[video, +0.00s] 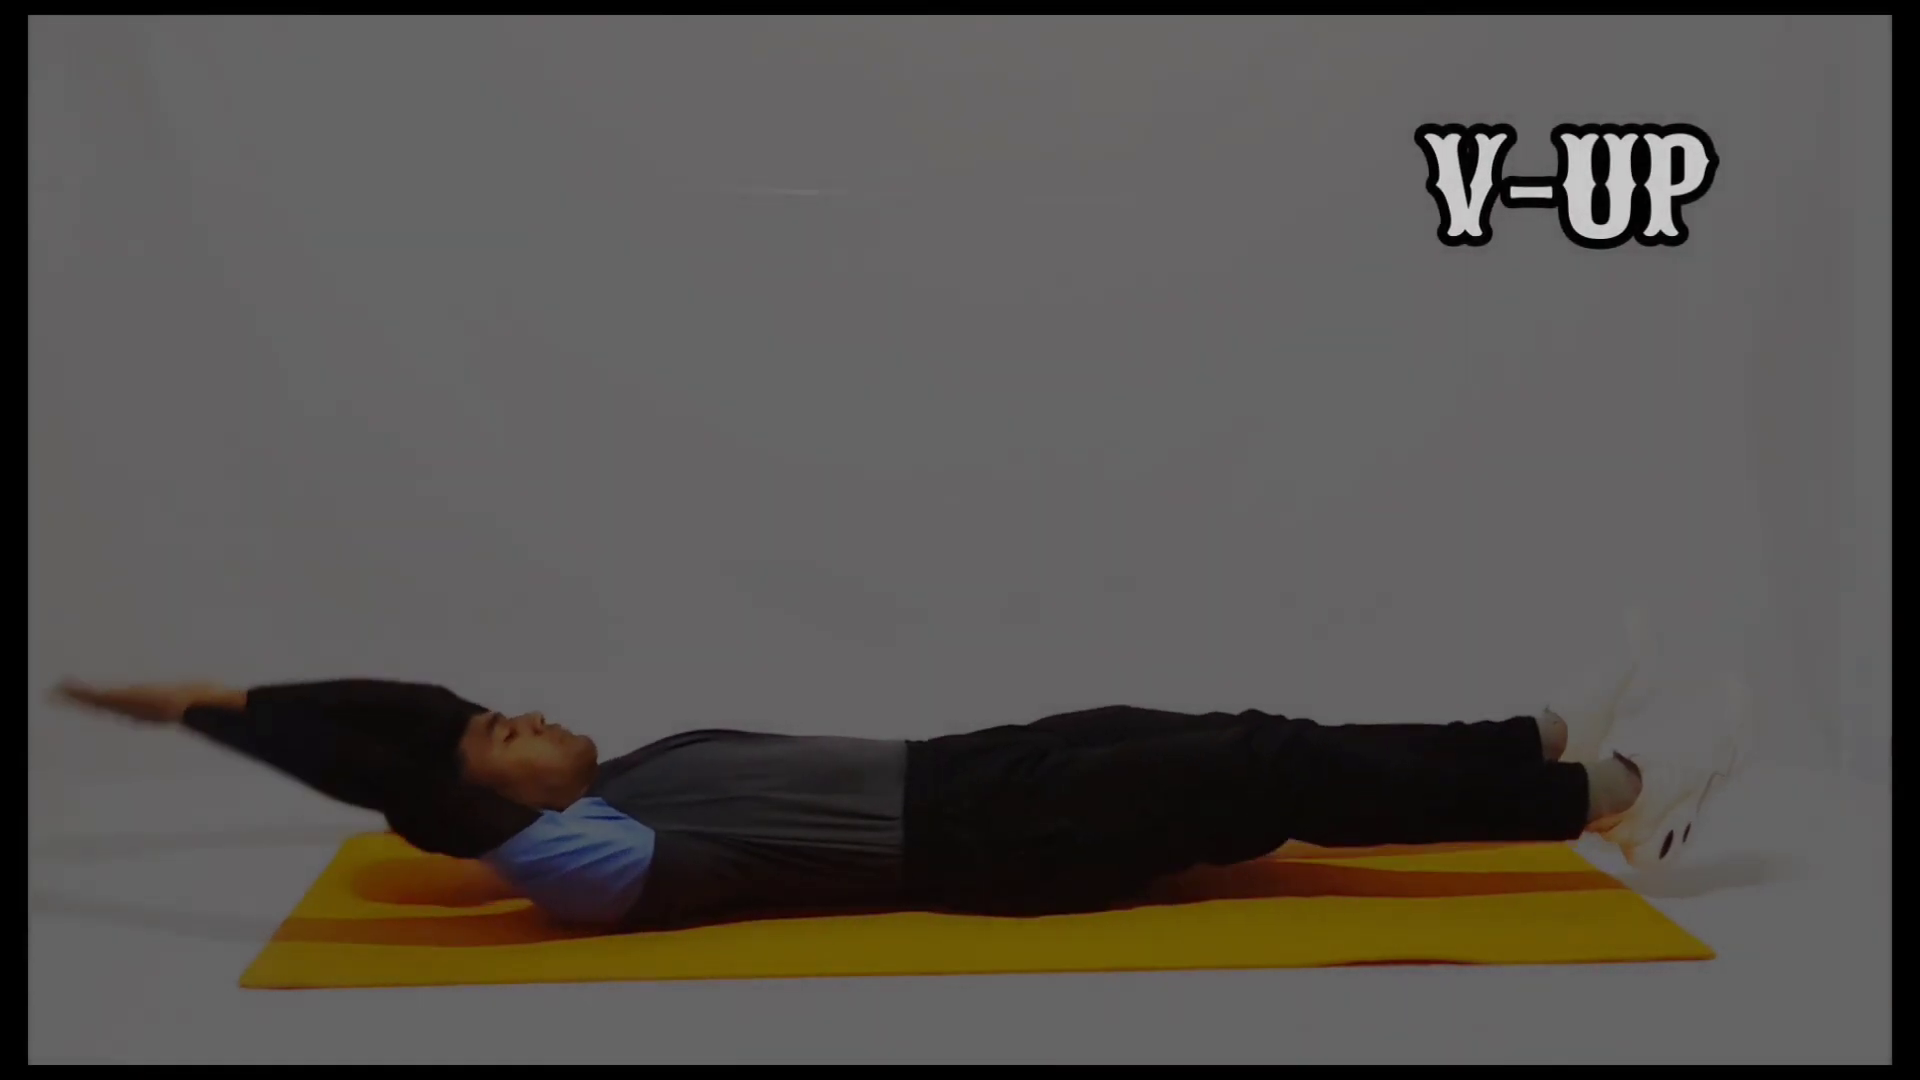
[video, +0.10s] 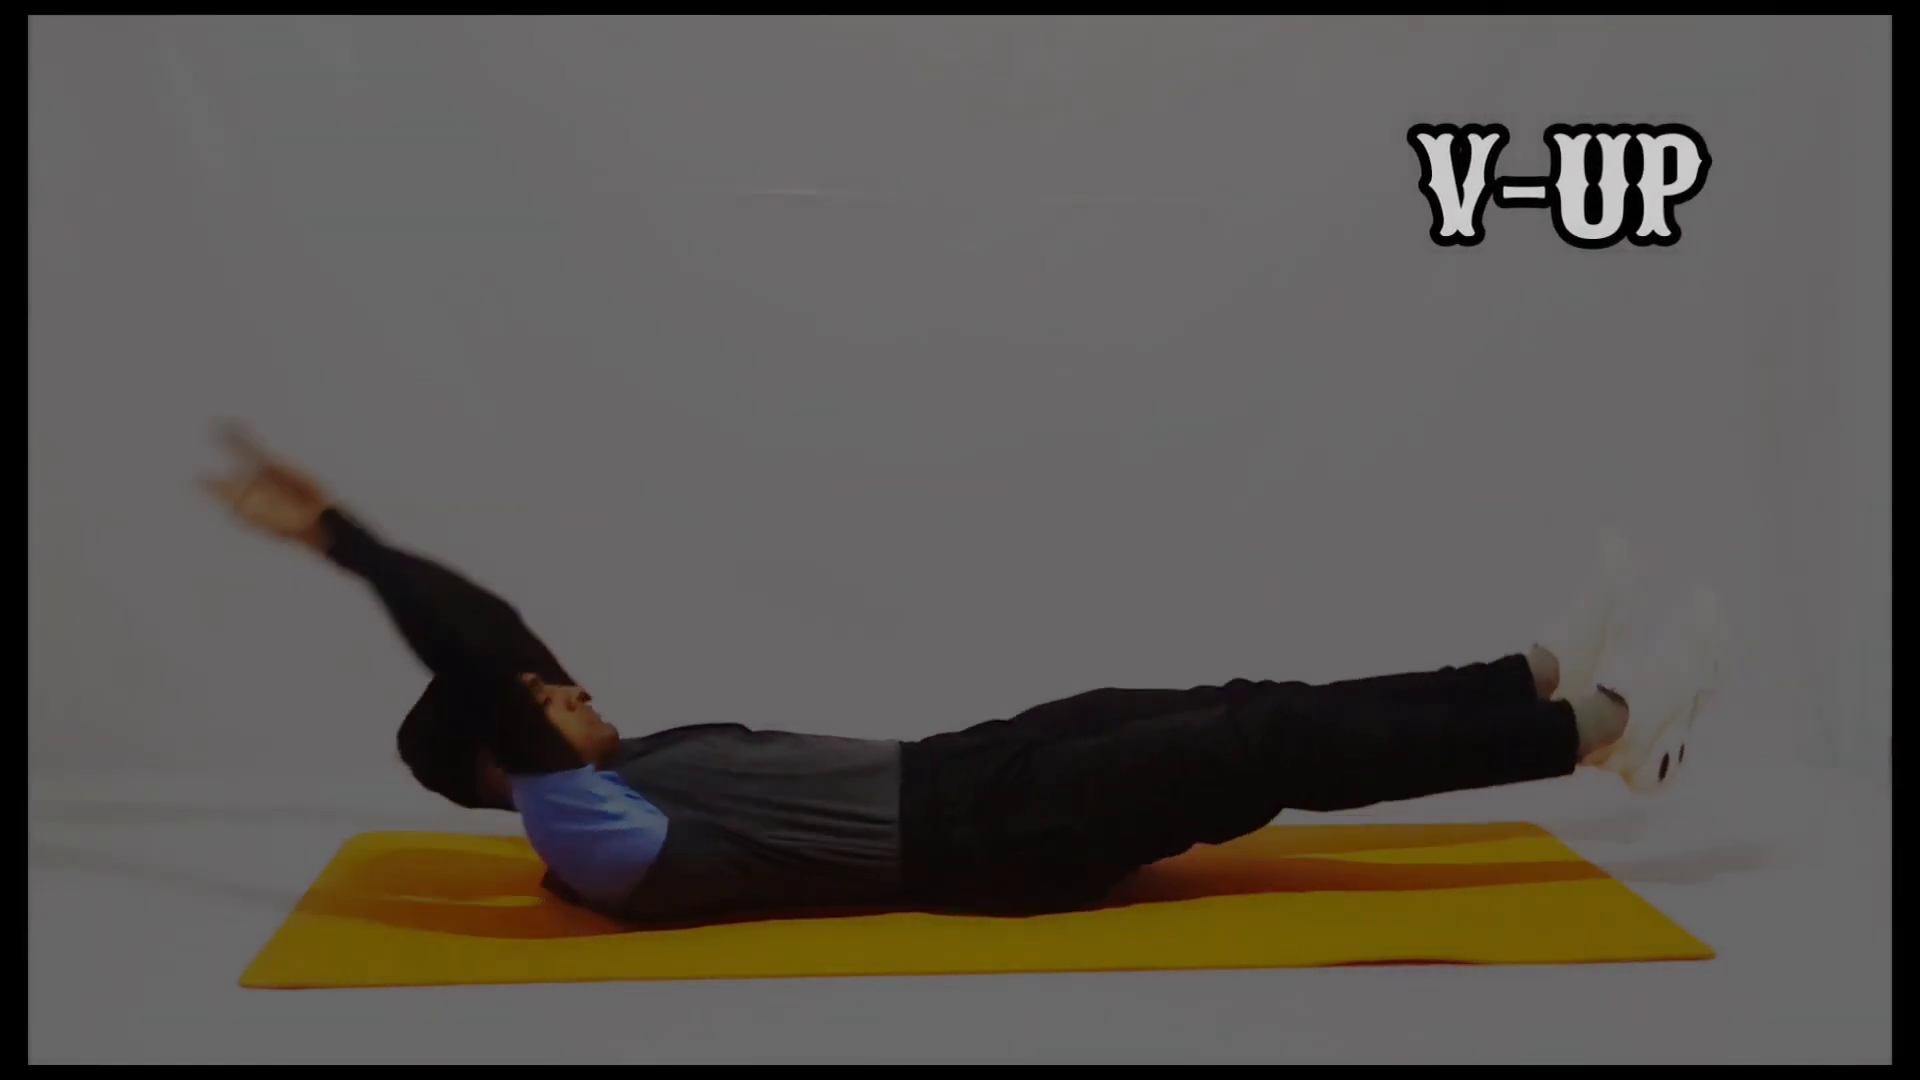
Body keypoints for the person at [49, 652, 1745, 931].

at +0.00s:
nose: (534, 741)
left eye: (515, 728)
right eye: (505, 754)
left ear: (532, 743)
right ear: (497, 811)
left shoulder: (621, 784)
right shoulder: (602, 852)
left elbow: (397, 741)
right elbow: (501, 850)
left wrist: (208, 704)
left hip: (977, 766)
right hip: (966, 829)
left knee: (1245, 737)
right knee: (1246, 773)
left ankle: (1535, 761)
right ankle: (1553, 784)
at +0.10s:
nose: (574, 686)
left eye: (556, 672)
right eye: (549, 681)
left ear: (525, 733)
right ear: (521, 738)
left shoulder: (607, 780)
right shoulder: (593, 829)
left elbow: (486, 648)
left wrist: (342, 533)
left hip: (970, 768)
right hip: (976, 820)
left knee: (1247, 722)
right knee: (1245, 743)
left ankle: (1549, 708)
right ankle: (1557, 722)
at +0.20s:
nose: (582, 664)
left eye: (566, 659)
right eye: (557, 668)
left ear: (539, 704)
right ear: (530, 711)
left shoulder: (625, 751)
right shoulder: (605, 793)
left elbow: (613, 565)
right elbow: (616, 571)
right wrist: (561, 407)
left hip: (958, 777)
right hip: (963, 828)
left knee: (1222, 678)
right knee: (1232, 716)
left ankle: (1521, 614)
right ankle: (1536, 634)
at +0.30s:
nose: (631, 622)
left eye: (615, 606)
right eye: (600, 623)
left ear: (600, 634)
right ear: (552, 683)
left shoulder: (652, 715)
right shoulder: (637, 743)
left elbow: (720, 544)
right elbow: (727, 555)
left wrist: (738, 370)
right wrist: (770, 365)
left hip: (963, 787)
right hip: (962, 831)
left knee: (1207, 639)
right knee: (1217, 663)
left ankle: (1489, 522)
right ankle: (1517, 541)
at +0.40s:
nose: (688, 561)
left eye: (673, 542)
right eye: (659, 560)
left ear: (671, 567)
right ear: (614, 613)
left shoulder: (699, 656)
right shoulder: (682, 689)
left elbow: (810, 511)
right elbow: (829, 523)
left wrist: (893, 352)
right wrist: (934, 352)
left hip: (960, 783)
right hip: (968, 842)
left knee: (1179, 589)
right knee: (1198, 616)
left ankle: (1417, 421)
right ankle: (1450, 437)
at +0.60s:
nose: (814, 471)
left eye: (793, 454)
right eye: (786, 467)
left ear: (748, 523)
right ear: (744, 522)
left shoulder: (776, 579)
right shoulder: (793, 591)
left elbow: (939, 442)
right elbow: (961, 441)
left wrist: (1064, 284)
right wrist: (1089, 281)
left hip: (964, 797)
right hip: (986, 840)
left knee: (1089, 531)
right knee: (1123, 548)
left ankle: (1261, 281)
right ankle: (1299, 296)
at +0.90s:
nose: (724, 518)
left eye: (705, 502)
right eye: (697, 518)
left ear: (667, 564)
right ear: (653, 578)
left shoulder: (697, 643)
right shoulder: (720, 643)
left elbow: (835, 463)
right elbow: (842, 460)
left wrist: (927, 273)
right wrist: (937, 266)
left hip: (950, 796)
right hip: (974, 839)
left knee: (1122, 540)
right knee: (1144, 557)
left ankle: (1299, 303)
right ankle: (1321, 308)